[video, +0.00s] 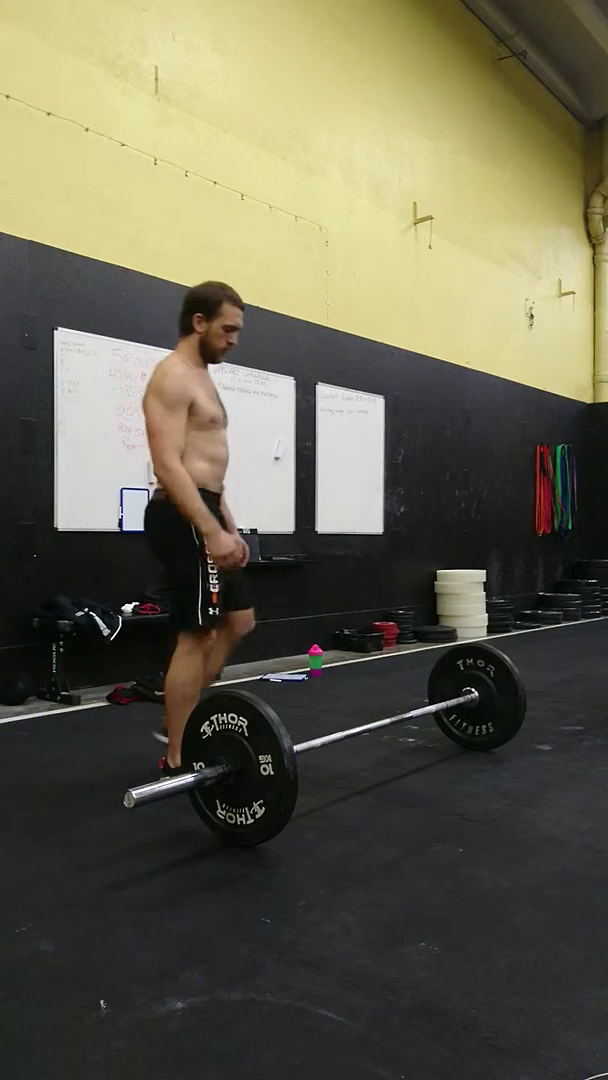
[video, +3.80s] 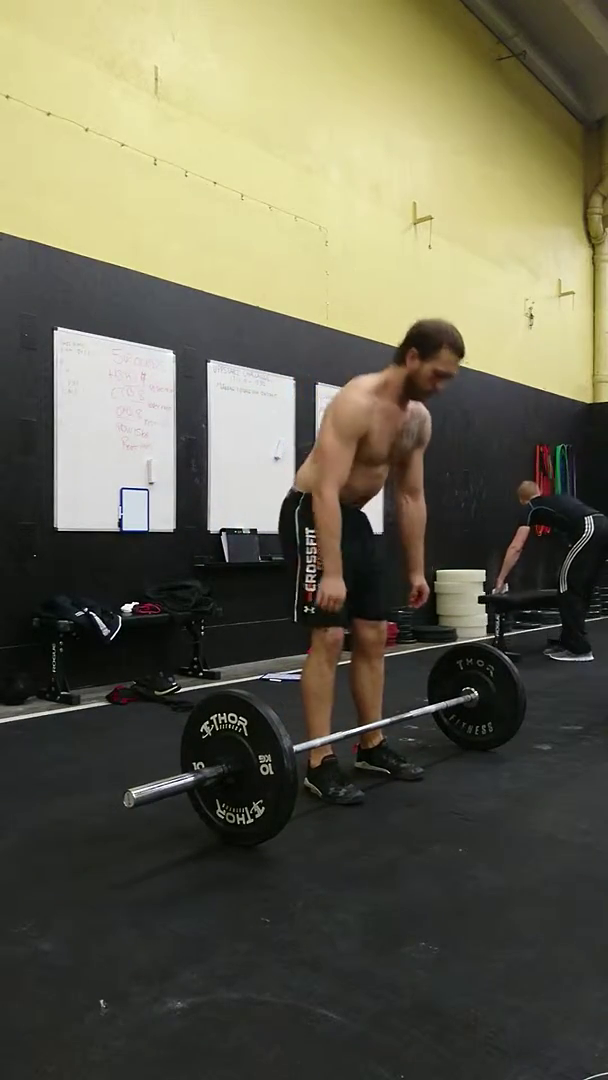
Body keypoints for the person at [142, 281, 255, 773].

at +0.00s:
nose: (234, 339)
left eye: (237, 330)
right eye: (229, 329)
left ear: (208, 326)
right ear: (198, 323)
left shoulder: (198, 374)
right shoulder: (172, 376)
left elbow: (204, 466)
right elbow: (167, 466)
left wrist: (227, 524)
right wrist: (210, 532)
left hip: (206, 512)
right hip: (181, 514)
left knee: (238, 621)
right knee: (196, 635)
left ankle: (180, 721)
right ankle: (177, 758)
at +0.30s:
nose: (282, 356)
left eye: (287, 348)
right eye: (275, 346)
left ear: (284, 346)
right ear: (249, 338)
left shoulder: (267, 393)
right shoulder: (216, 388)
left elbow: (268, 471)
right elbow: (192, 467)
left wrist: (283, 531)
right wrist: (232, 520)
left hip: (260, 517)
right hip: (226, 516)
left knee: (267, 634)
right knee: (243, 634)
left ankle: (253, 742)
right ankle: (185, 745)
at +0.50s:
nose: (308, 360)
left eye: (313, 352)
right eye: (303, 349)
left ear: (317, 349)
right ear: (276, 339)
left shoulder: (297, 397)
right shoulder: (239, 388)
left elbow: (302, 469)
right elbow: (205, 465)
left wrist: (328, 522)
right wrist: (221, 529)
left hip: (280, 510)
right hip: (250, 506)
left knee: (270, 625)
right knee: (282, 621)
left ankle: (251, 726)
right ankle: (246, 726)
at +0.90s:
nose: (339, 355)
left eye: (345, 348)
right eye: (334, 345)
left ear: (345, 346)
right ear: (307, 335)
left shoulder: (328, 397)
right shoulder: (270, 386)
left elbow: (334, 472)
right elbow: (244, 465)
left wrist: (361, 529)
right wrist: (243, 538)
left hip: (315, 513)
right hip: (281, 510)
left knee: (327, 629)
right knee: (303, 631)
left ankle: (267, 719)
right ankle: (304, 748)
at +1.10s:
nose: (357, 355)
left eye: (363, 347)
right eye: (351, 345)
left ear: (363, 344)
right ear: (324, 334)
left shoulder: (341, 395)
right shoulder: (288, 381)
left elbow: (346, 472)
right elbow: (264, 457)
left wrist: (373, 531)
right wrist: (283, 528)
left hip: (332, 516)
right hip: (294, 515)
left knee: (363, 619)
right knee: (303, 636)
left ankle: (318, 717)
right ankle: (302, 749)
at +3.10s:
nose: (398, 344)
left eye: (405, 337)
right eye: (392, 334)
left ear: (404, 333)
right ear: (364, 322)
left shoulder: (389, 385)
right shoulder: (325, 374)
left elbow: (389, 464)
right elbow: (291, 452)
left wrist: (406, 526)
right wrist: (309, 524)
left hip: (374, 516)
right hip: (335, 515)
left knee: (369, 638)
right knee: (330, 641)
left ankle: (372, 747)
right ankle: (319, 761)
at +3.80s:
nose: (441, 386)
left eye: (448, 378)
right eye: (438, 375)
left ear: (440, 369)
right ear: (411, 357)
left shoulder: (418, 419)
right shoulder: (356, 401)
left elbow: (411, 495)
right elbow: (326, 487)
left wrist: (417, 570)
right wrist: (332, 571)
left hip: (355, 516)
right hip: (312, 512)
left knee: (372, 636)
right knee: (328, 638)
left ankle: (371, 746)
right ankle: (319, 761)